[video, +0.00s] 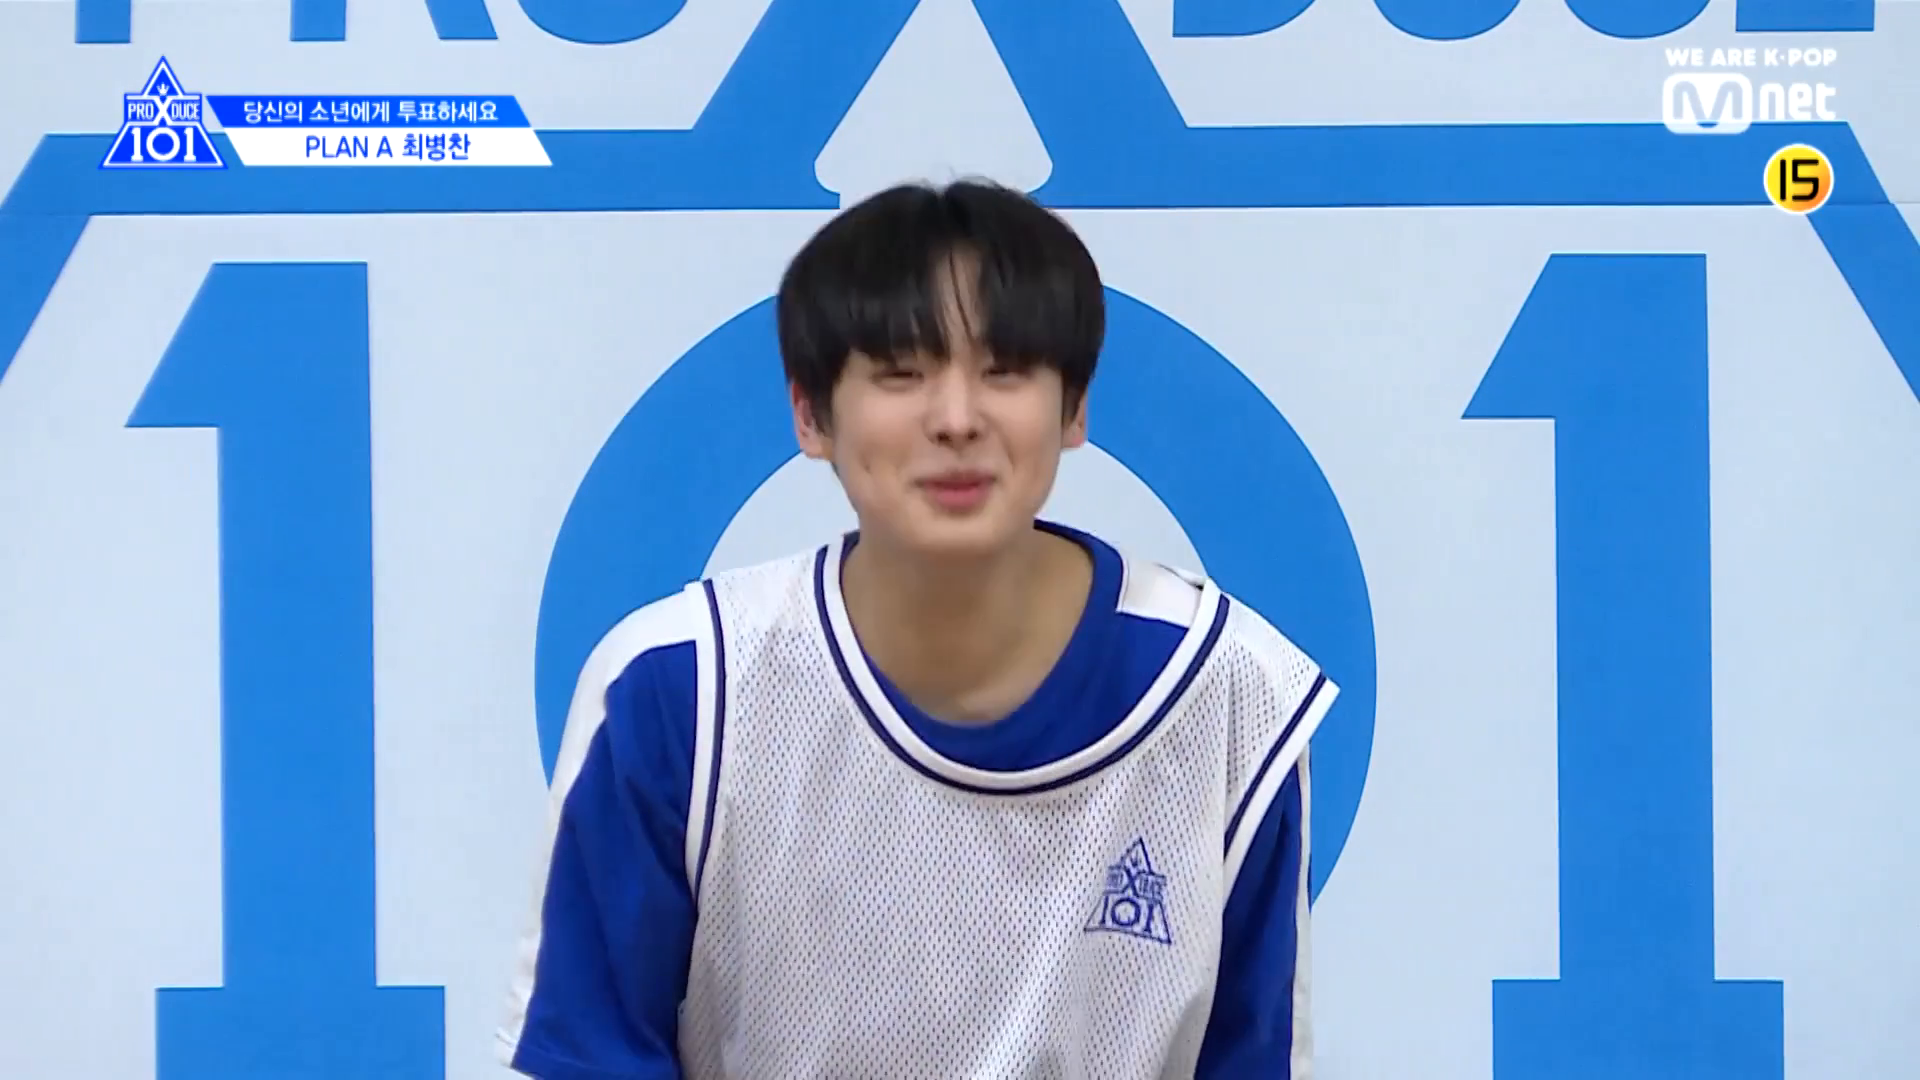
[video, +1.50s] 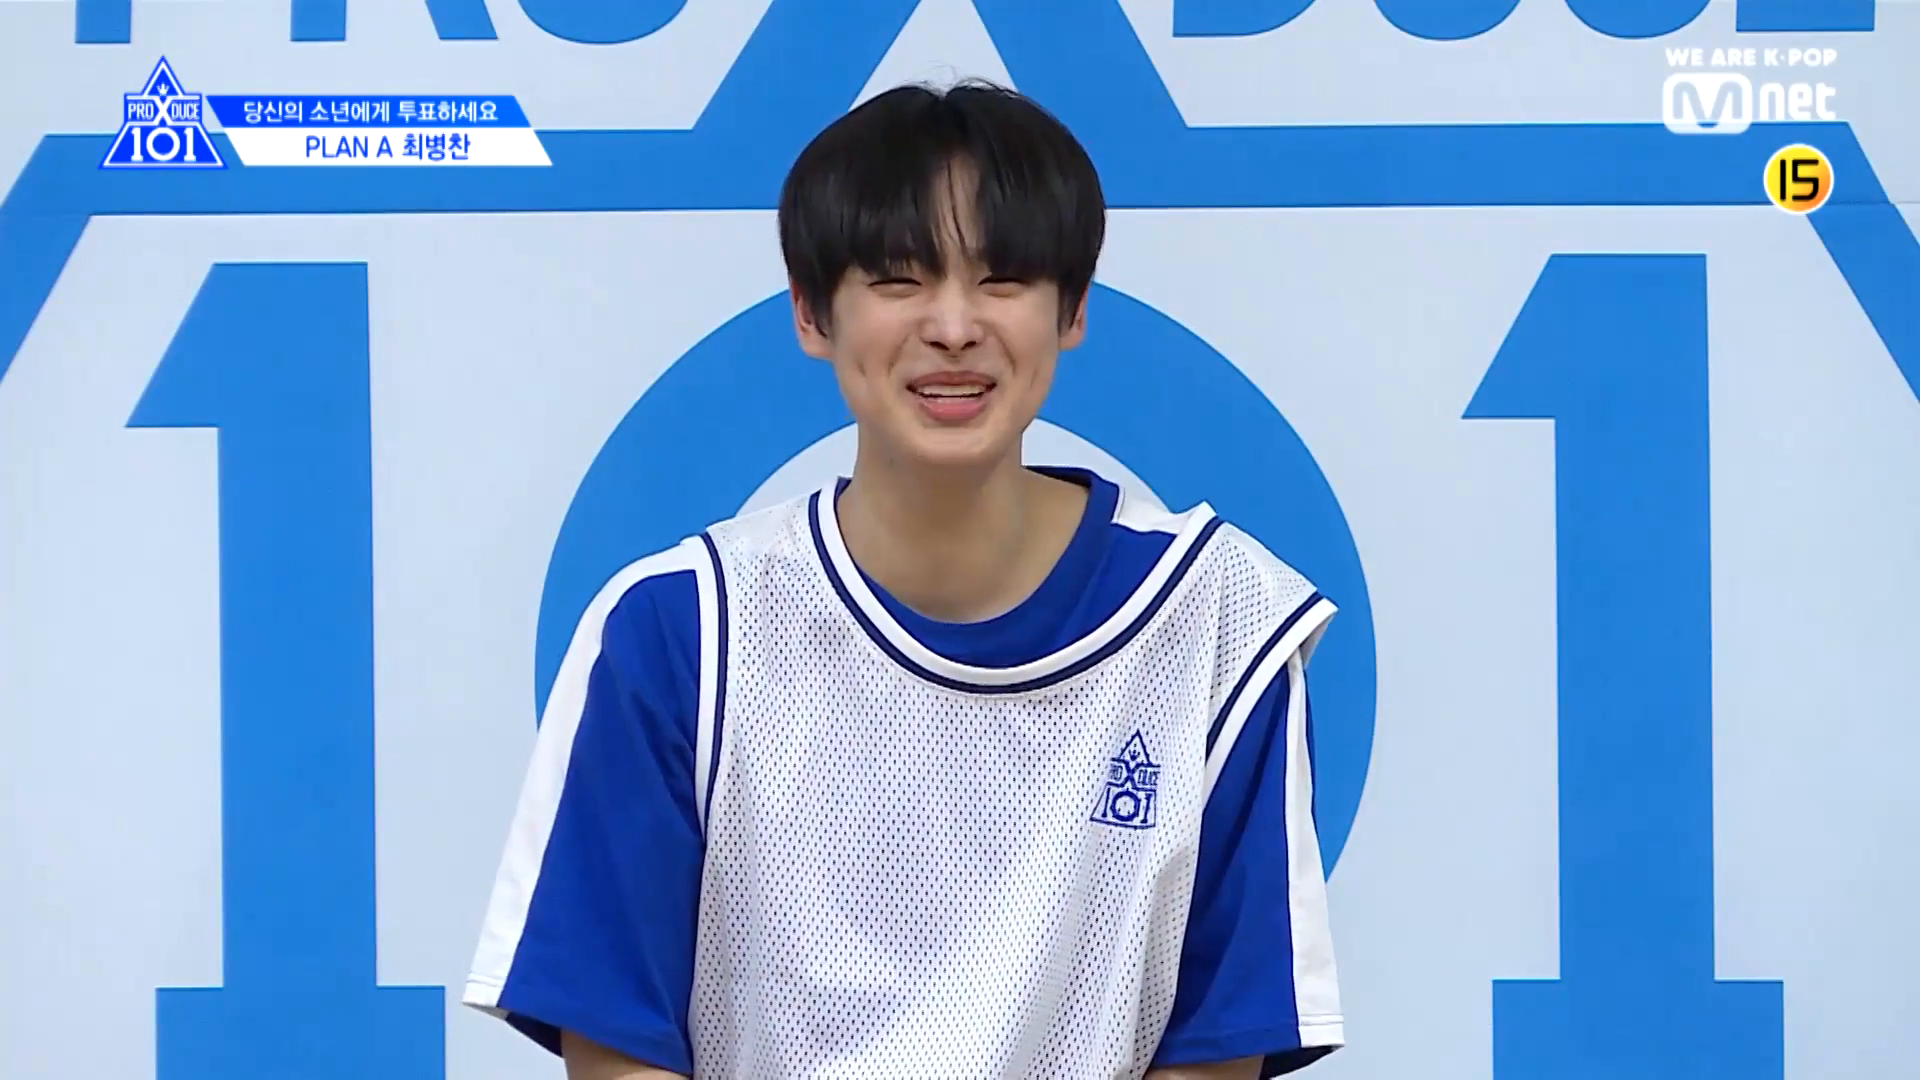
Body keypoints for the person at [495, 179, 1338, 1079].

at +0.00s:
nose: (958, 418)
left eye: (1004, 368)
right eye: (903, 370)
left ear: (1067, 410)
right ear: (816, 416)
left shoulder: (1239, 706)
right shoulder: (673, 694)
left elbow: (1247, 1060)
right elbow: (589, 1052)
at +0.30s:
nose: (928, 335)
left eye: (975, 294)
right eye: (871, 292)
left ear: (1039, 347)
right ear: (784, 349)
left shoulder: (1203, 657)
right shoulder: (654, 660)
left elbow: (1229, 1049)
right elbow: (577, 1045)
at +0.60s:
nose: (914, 327)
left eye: (961, 280)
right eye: (857, 284)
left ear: (1030, 323)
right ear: (774, 335)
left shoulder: (1195, 639)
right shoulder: (649, 652)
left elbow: (1231, 1051)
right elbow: (579, 1048)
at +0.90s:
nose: (939, 326)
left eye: (988, 281)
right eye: (884, 280)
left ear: (1055, 324)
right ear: (802, 325)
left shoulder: (1210, 637)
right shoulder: (658, 637)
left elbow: (1229, 1050)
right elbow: (593, 1043)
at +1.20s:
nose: (945, 327)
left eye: (995, 282)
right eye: (892, 281)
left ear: (1062, 322)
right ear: (810, 324)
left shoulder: (1217, 625)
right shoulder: (667, 631)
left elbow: (1219, 1047)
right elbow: (602, 1040)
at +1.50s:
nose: (954, 325)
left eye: (1004, 279)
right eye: (900, 278)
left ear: (1069, 318)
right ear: (815, 318)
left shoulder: (1221, 626)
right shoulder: (672, 633)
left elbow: (1222, 1051)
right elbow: (613, 1046)